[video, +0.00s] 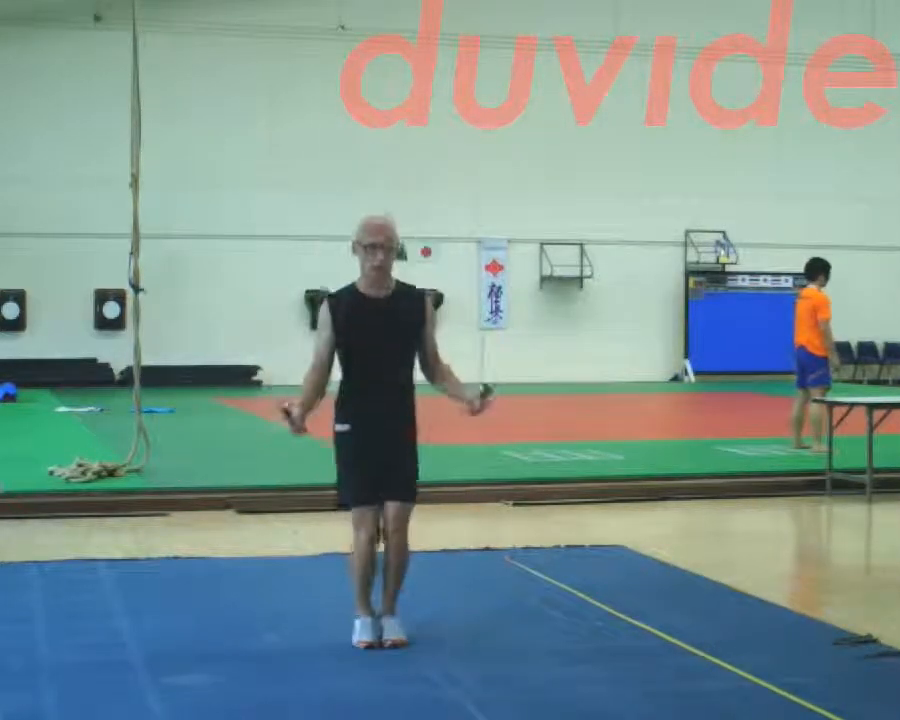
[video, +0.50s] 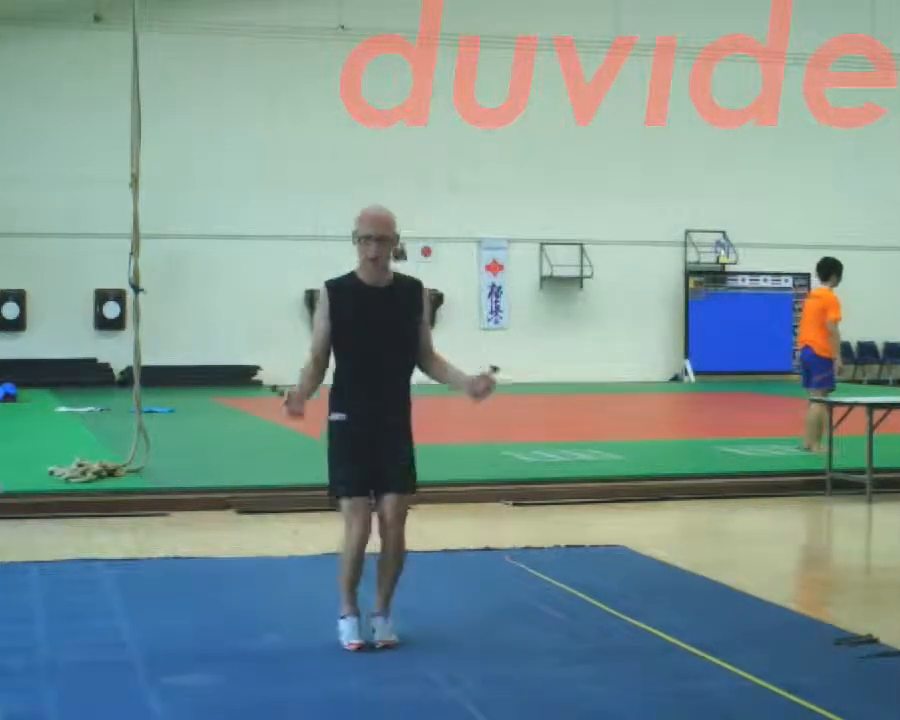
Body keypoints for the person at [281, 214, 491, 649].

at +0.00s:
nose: (377, 256)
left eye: (384, 248)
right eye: (369, 248)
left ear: (396, 251)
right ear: (355, 251)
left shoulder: (418, 303)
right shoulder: (336, 306)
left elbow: (433, 365)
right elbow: (320, 368)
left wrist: (465, 395)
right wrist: (301, 408)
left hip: (399, 420)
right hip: (354, 421)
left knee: (396, 521)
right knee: (366, 523)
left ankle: (389, 614)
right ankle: (363, 615)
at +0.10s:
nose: (380, 214)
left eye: (388, 206)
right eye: (371, 206)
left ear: (398, 207)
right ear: (356, 207)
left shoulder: (416, 254)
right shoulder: (336, 257)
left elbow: (428, 322)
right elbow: (318, 325)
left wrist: (458, 370)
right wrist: (296, 380)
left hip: (400, 385)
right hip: (353, 386)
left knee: (400, 497)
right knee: (359, 497)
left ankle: (393, 594)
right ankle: (359, 596)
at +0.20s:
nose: (377, 191)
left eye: (386, 183)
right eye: (368, 182)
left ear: (397, 183)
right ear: (355, 183)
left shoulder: (417, 230)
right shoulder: (334, 233)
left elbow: (430, 296)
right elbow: (318, 298)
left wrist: (457, 346)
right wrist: (301, 351)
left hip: (398, 351)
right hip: (352, 351)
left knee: (399, 448)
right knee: (361, 449)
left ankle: (390, 553)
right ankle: (358, 555)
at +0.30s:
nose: (377, 191)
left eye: (385, 184)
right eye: (369, 184)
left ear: (398, 183)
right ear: (356, 184)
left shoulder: (418, 232)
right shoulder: (335, 233)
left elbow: (436, 295)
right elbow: (315, 302)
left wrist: (461, 353)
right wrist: (291, 363)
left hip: (396, 351)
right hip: (349, 351)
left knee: (397, 449)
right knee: (361, 445)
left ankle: (388, 550)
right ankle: (358, 548)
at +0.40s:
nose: (375, 208)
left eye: (384, 200)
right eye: (367, 199)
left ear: (397, 201)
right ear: (355, 201)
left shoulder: (417, 250)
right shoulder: (333, 253)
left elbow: (432, 313)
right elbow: (313, 316)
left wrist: (465, 360)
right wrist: (290, 369)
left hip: (395, 370)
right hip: (348, 370)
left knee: (396, 458)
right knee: (360, 460)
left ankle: (388, 570)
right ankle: (356, 573)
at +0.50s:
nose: (374, 249)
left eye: (382, 240)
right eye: (366, 240)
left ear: (396, 243)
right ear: (355, 242)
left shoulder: (415, 294)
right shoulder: (333, 294)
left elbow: (427, 358)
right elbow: (318, 358)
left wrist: (466, 382)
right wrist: (302, 391)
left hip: (395, 417)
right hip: (348, 417)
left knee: (393, 520)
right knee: (359, 521)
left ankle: (382, 615)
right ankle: (348, 614)